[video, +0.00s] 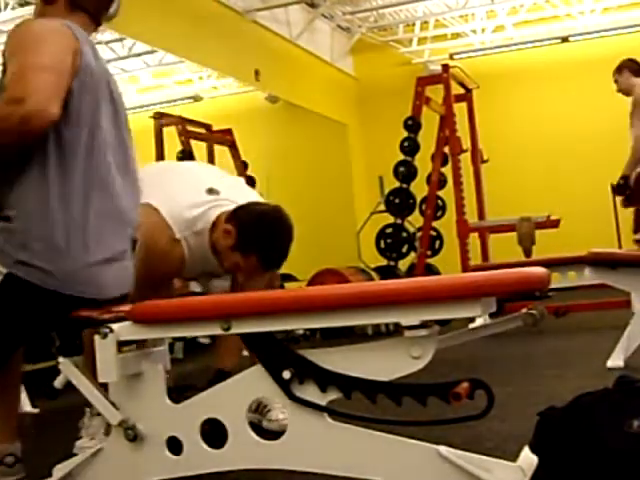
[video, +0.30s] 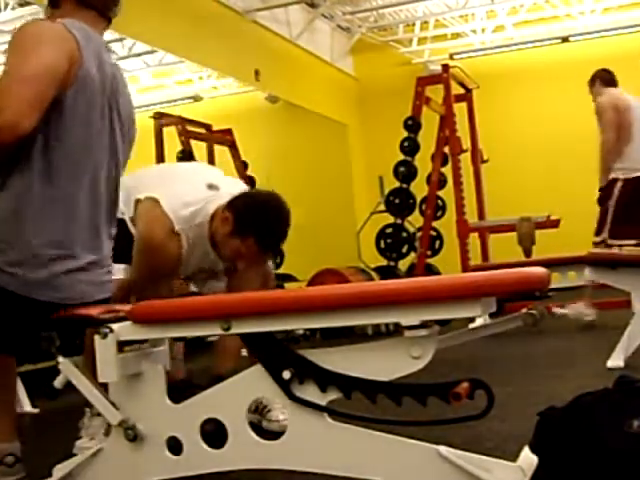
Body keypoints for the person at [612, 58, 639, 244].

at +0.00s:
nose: (616, 87)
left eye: (617, 80)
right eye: (615, 82)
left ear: (627, 74)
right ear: (630, 75)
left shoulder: (636, 100)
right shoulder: (635, 102)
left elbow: (637, 144)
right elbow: (637, 144)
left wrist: (625, 175)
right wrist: (630, 175)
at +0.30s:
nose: (592, 96)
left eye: (592, 91)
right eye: (592, 92)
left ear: (598, 85)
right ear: (613, 83)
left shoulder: (606, 99)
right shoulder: (629, 100)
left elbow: (610, 140)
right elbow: (620, 141)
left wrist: (604, 179)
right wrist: (609, 179)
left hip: (623, 176)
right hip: (634, 175)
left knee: (603, 243)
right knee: (629, 243)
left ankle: (587, 301)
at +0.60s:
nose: (538, 106)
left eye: (538, 102)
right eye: (537, 102)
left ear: (542, 97)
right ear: (559, 92)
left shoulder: (548, 117)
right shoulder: (589, 108)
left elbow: (545, 162)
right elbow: (608, 146)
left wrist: (539, 203)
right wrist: (605, 171)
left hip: (582, 185)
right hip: (611, 181)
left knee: (571, 251)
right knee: (613, 248)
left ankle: (567, 310)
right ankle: (634, 301)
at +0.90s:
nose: (511, 110)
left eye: (510, 106)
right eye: (510, 106)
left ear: (516, 101)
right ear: (530, 96)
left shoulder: (521, 122)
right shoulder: (559, 107)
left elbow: (520, 167)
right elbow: (573, 141)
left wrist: (519, 206)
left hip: (565, 182)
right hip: (589, 175)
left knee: (564, 249)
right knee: (571, 222)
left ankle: (567, 310)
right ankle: (614, 225)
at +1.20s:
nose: (492, 117)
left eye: (491, 111)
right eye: (490, 112)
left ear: (501, 103)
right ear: (505, 102)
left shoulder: (516, 121)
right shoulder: (532, 113)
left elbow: (522, 164)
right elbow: (547, 158)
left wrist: (522, 203)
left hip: (553, 183)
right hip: (562, 179)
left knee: (554, 250)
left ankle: (566, 309)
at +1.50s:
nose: (489, 126)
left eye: (488, 119)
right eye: (486, 121)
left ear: (500, 112)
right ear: (499, 114)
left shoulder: (518, 128)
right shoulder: (516, 131)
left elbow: (526, 167)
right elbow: (522, 171)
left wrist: (516, 204)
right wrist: (516, 203)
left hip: (545, 193)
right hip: (538, 194)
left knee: (529, 254)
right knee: (525, 254)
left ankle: (559, 304)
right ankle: (536, 306)